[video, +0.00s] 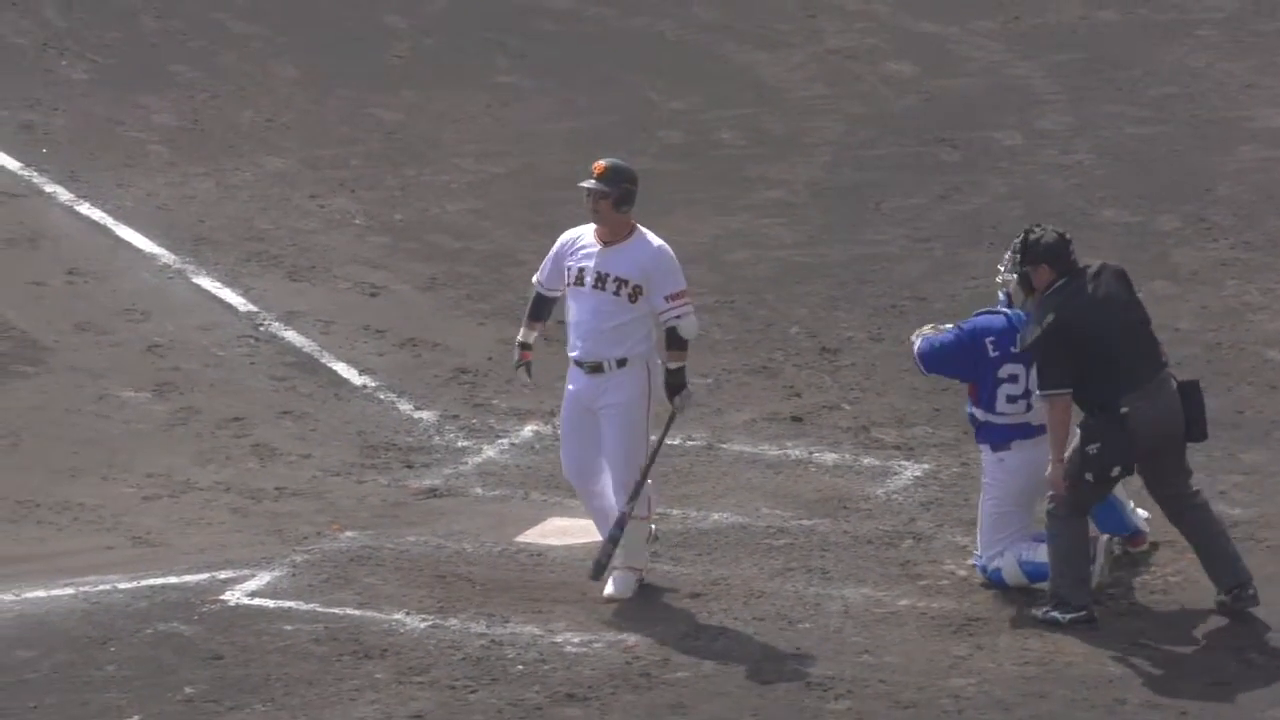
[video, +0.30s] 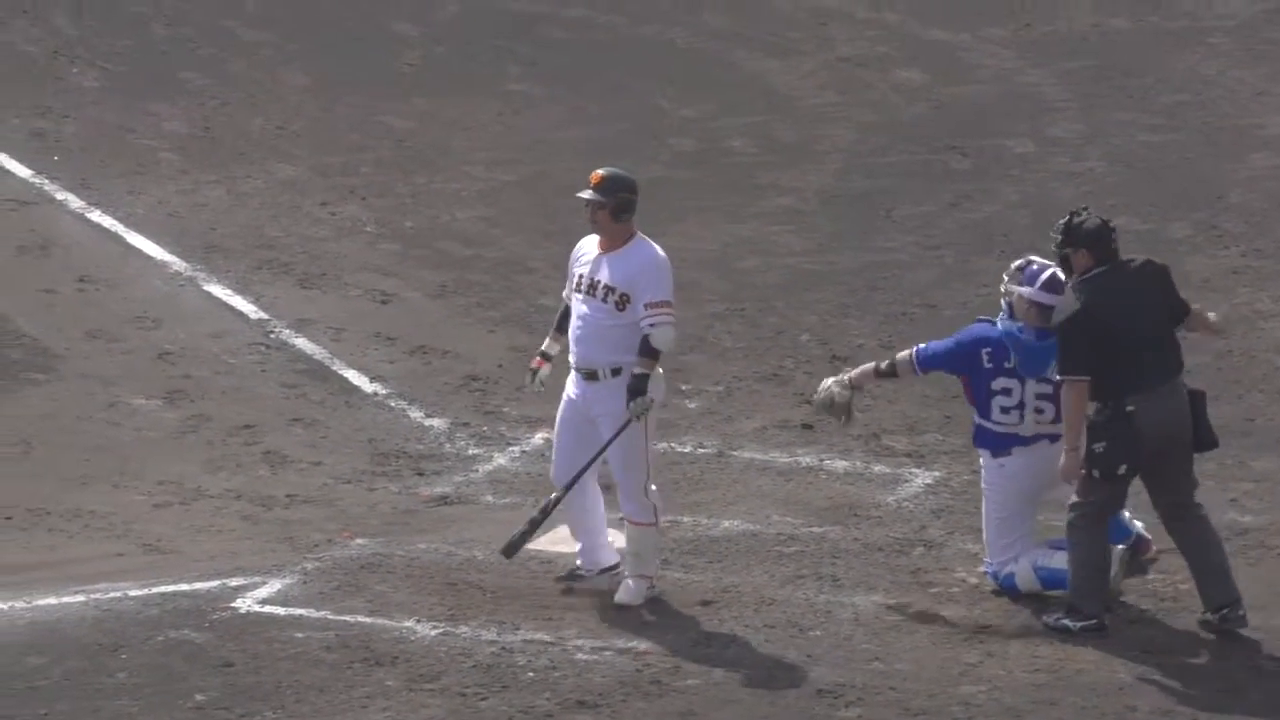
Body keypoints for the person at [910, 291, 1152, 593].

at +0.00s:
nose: (1005, 286)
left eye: (1010, 279)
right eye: (1009, 276)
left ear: (1018, 287)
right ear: (1048, 285)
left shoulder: (989, 329)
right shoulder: (1066, 322)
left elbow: (926, 351)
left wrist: (929, 333)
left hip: (1010, 462)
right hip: (1064, 446)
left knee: (994, 560)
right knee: (1084, 480)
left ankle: (1084, 553)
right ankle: (1132, 529)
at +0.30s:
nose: (1007, 298)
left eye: (1011, 294)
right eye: (1017, 295)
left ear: (1015, 300)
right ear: (1058, 308)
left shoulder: (984, 340)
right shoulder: (1072, 343)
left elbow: (908, 363)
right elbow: (1104, 390)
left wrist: (849, 380)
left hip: (1008, 466)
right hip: (1066, 453)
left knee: (1006, 567)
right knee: (1092, 498)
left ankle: (1095, 569)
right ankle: (1136, 538)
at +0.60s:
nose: (1005, 305)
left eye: (1012, 301)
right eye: (1008, 298)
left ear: (1031, 312)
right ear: (1036, 312)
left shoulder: (1038, 381)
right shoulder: (1042, 327)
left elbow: (1023, 443)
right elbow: (999, 291)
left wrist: (966, 441)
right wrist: (939, 294)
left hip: (1037, 469)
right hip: (1059, 443)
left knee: (1014, 571)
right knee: (1070, 491)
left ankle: (1122, 555)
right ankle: (1136, 530)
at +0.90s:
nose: (979, 295)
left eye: (986, 288)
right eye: (982, 287)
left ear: (1006, 297)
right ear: (1005, 296)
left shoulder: (1044, 350)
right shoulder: (997, 320)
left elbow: (1041, 425)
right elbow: (974, 315)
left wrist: (991, 417)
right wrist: (956, 354)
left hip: (1047, 455)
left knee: (1018, 559)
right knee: (1067, 487)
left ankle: (1130, 538)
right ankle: (1136, 513)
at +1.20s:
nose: (982, 281)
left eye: (988, 274)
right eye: (984, 273)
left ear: (1006, 283)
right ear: (1011, 281)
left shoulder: (1030, 339)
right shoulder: (1021, 313)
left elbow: (1022, 413)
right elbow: (1008, 379)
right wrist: (983, 412)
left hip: (1052, 444)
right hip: (1055, 426)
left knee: (1026, 548)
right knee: (1051, 495)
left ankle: (1135, 526)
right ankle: (1134, 501)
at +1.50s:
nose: (991, 269)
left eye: (997, 263)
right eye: (993, 262)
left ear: (1015, 269)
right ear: (1024, 268)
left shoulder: (1030, 323)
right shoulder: (1051, 299)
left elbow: (1042, 396)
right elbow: (1087, 357)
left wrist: (1049, 452)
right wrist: (1119, 402)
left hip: (1045, 435)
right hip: (1068, 421)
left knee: (1025, 543)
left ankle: (1135, 527)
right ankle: (1142, 502)